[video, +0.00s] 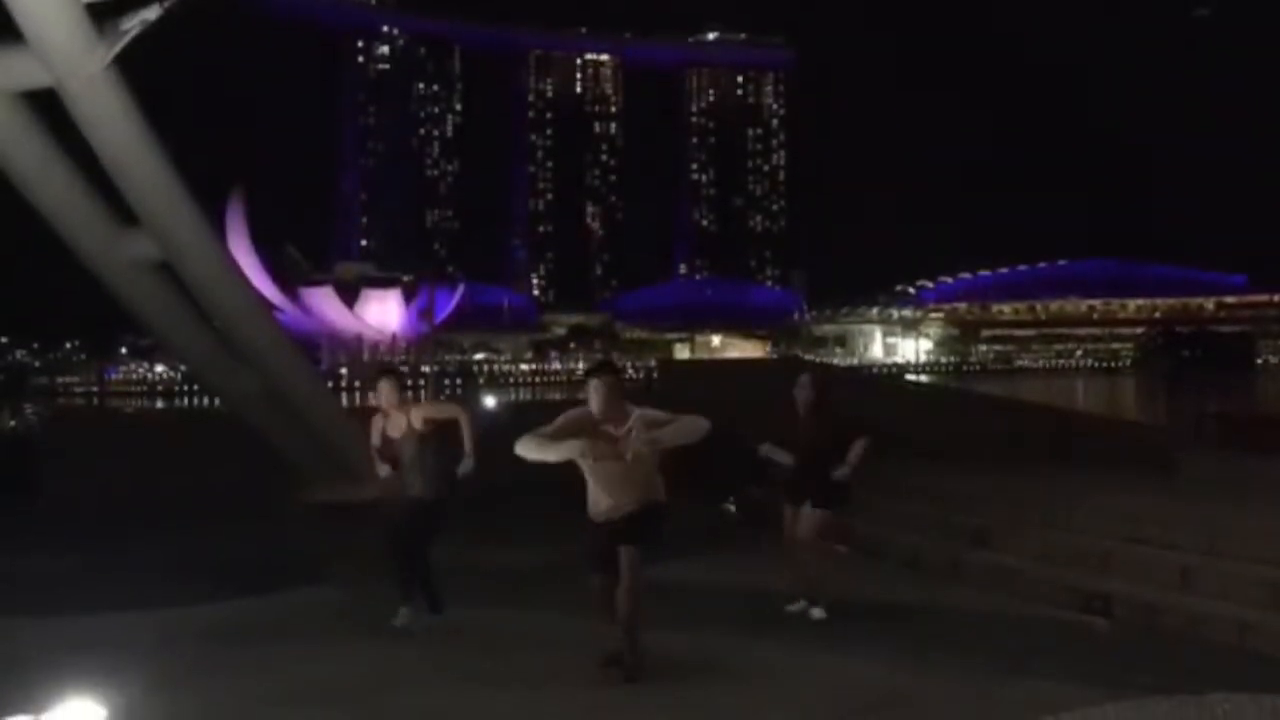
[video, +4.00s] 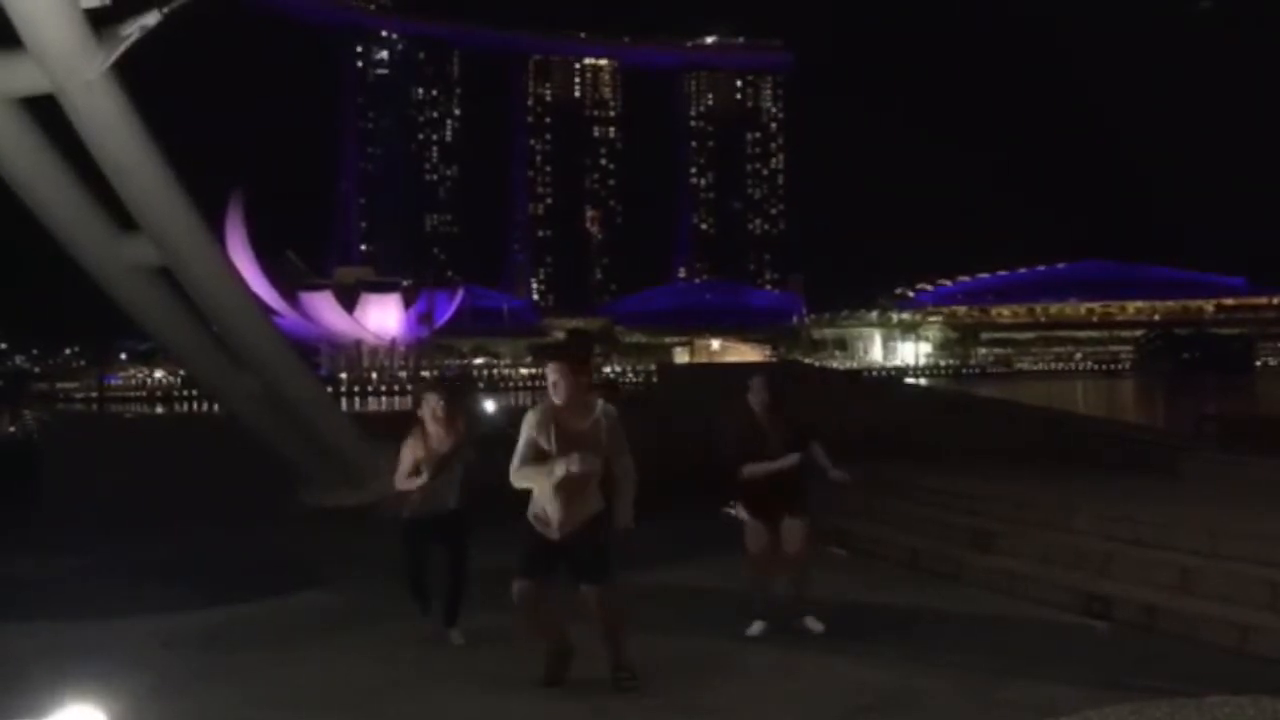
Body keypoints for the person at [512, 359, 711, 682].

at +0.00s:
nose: (597, 394)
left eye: (604, 386)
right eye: (592, 387)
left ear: (618, 390)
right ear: (585, 392)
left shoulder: (641, 419)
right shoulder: (579, 421)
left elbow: (700, 426)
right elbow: (523, 446)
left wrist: (651, 440)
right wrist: (574, 448)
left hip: (642, 509)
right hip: (602, 516)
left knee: (631, 564)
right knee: (603, 584)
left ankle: (630, 651)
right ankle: (620, 642)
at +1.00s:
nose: (639, 400)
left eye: (646, 393)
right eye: (633, 393)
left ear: (656, 394)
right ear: (621, 394)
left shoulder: (668, 418)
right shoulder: (602, 420)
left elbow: (714, 451)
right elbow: (569, 475)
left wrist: (689, 476)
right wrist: (612, 479)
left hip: (641, 515)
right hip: (600, 516)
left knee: (631, 587)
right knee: (604, 586)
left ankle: (620, 654)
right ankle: (609, 661)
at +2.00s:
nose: (629, 371)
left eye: (636, 365)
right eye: (623, 365)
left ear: (648, 372)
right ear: (614, 371)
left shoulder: (664, 407)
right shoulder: (598, 411)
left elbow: (676, 454)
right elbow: (568, 449)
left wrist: (686, 492)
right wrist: (541, 482)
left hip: (657, 504)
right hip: (615, 508)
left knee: (654, 575)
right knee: (614, 578)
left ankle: (651, 654)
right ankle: (611, 640)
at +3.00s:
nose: (594, 404)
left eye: (601, 395)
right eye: (587, 396)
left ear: (613, 395)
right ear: (580, 400)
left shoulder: (628, 410)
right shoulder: (585, 438)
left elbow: (608, 470)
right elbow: (577, 488)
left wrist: (566, 522)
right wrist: (554, 533)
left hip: (671, 507)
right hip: (625, 509)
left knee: (671, 583)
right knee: (587, 556)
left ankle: (654, 659)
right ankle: (586, 643)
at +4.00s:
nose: (552, 384)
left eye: (559, 376)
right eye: (548, 376)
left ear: (582, 378)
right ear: (544, 380)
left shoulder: (604, 417)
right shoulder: (537, 419)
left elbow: (622, 466)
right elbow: (517, 473)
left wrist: (623, 512)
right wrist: (560, 466)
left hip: (590, 520)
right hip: (544, 522)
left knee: (598, 591)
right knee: (526, 589)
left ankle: (618, 662)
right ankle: (557, 648)